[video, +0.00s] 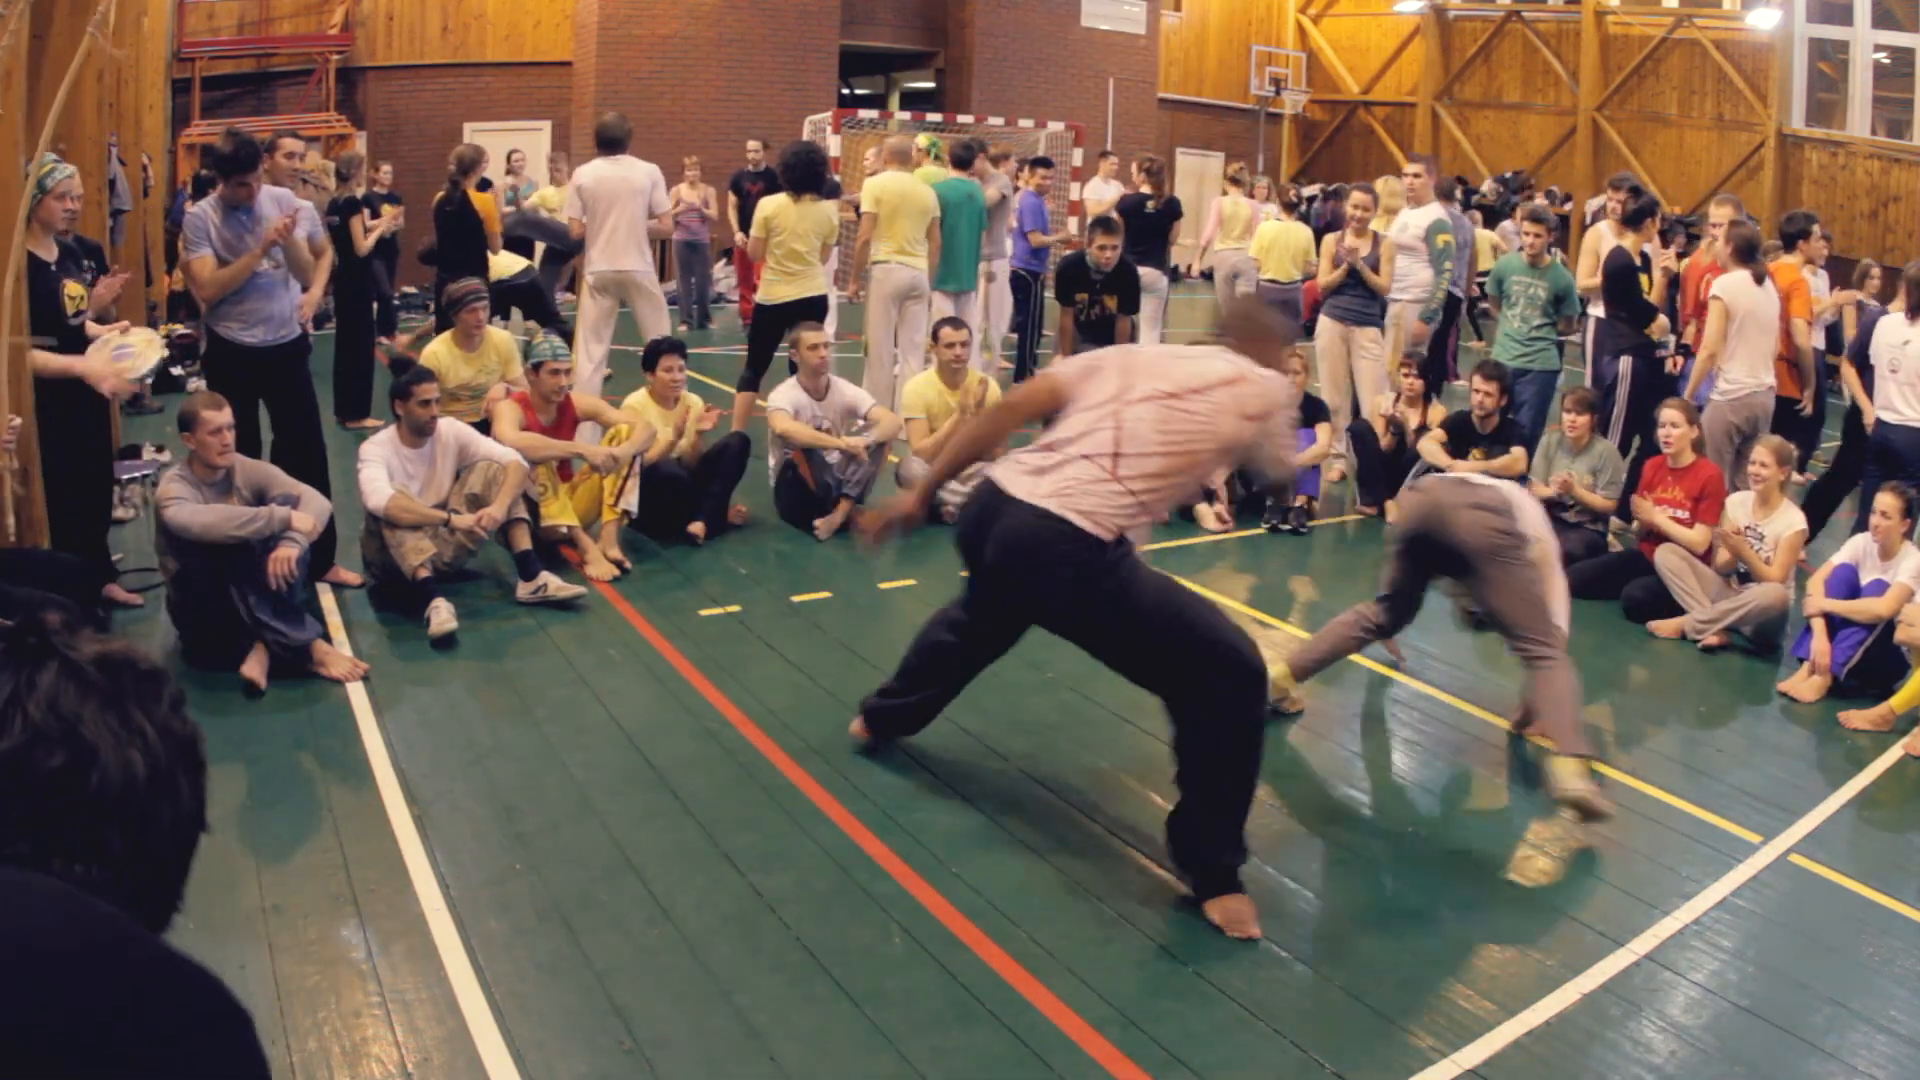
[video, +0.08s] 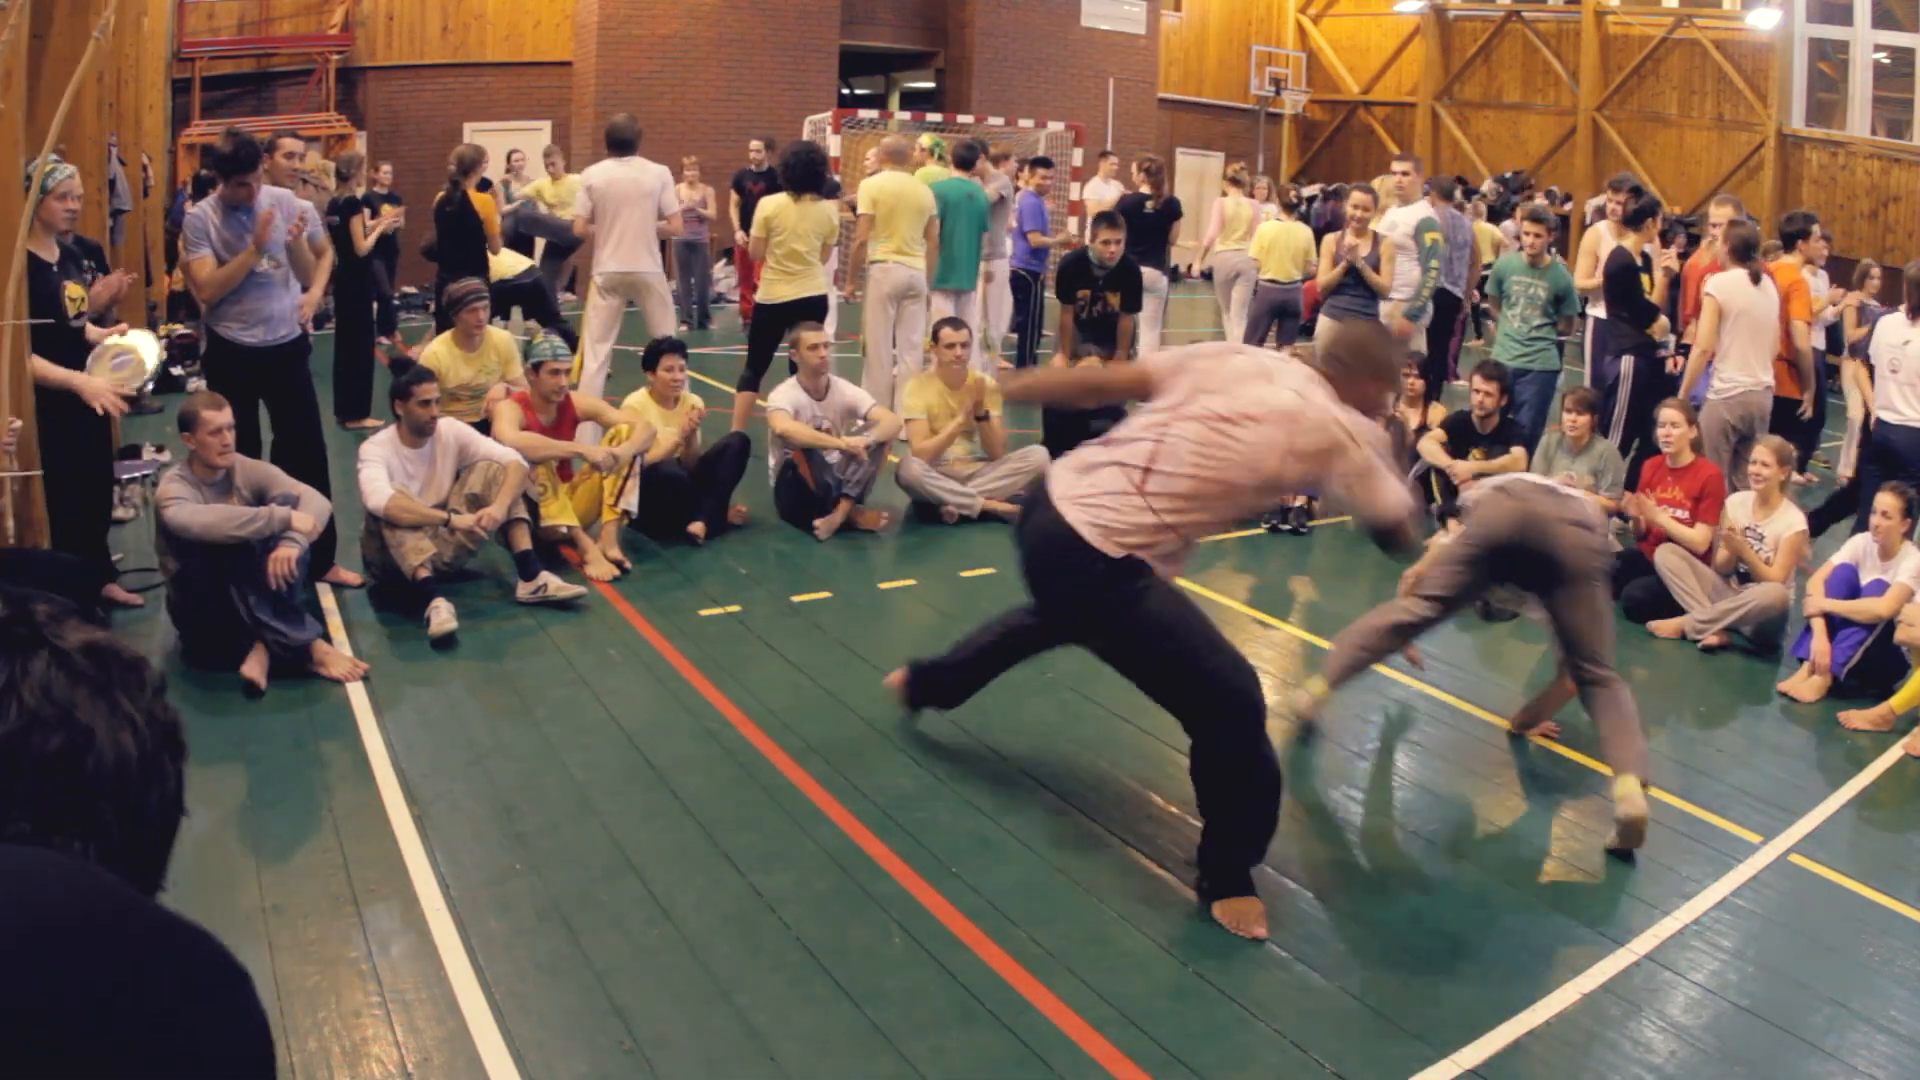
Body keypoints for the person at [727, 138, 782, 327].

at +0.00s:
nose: (752, 155)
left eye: (756, 151)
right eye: (749, 151)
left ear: (765, 152)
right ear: (745, 153)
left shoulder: (773, 176)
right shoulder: (738, 178)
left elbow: (779, 204)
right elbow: (732, 206)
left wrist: (775, 228)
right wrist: (736, 231)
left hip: (767, 232)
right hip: (745, 233)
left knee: (765, 276)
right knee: (745, 279)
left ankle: (766, 315)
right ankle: (747, 316)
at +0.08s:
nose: (753, 155)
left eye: (758, 151)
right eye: (751, 151)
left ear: (768, 153)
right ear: (748, 153)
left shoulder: (775, 176)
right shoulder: (741, 176)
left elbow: (781, 204)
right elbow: (733, 204)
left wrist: (775, 228)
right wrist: (737, 229)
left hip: (768, 231)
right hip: (746, 232)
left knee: (764, 275)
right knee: (745, 277)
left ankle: (766, 313)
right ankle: (747, 315)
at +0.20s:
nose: (758, 156)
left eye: (762, 152)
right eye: (755, 152)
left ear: (772, 154)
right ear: (752, 153)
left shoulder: (779, 177)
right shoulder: (744, 176)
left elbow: (784, 206)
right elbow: (736, 203)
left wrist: (774, 227)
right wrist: (740, 225)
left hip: (770, 230)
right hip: (748, 231)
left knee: (765, 274)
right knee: (745, 276)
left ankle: (766, 313)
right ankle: (747, 315)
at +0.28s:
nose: (760, 157)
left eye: (765, 153)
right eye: (758, 153)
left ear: (775, 154)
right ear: (754, 154)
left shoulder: (781, 177)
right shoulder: (746, 176)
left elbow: (786, 206)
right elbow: (737, 202)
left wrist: (769, 226)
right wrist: (742, 223)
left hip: (771, 230)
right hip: (749, 231)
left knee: (765, 274)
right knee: (745, 275)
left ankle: (766, 313)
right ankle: (747, 313)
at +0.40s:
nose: (763, 159)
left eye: (768, 155)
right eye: (761, 154)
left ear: (778, 155)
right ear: (758, 153)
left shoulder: (783, 178)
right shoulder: (749, 175)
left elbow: (787, 206)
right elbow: (739, 201)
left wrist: (770, 220)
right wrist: (745, 219)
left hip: (772, 231)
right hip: (749, 231)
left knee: (766, 275)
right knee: (745, 275)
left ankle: (766, 312)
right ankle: (746, 312)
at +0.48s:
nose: (765, 159)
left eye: (770, 155)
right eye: (763, 154)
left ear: (780, 157)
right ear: (760, 154)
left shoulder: (785, 178)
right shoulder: (751, 176)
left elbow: (789, 205)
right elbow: (741, 202)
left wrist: (778, 221)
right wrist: (747, 220)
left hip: (775, 230)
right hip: (752, 229)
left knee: (769, 271)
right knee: (745, 272)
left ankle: (768, 308)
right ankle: (745, 308)